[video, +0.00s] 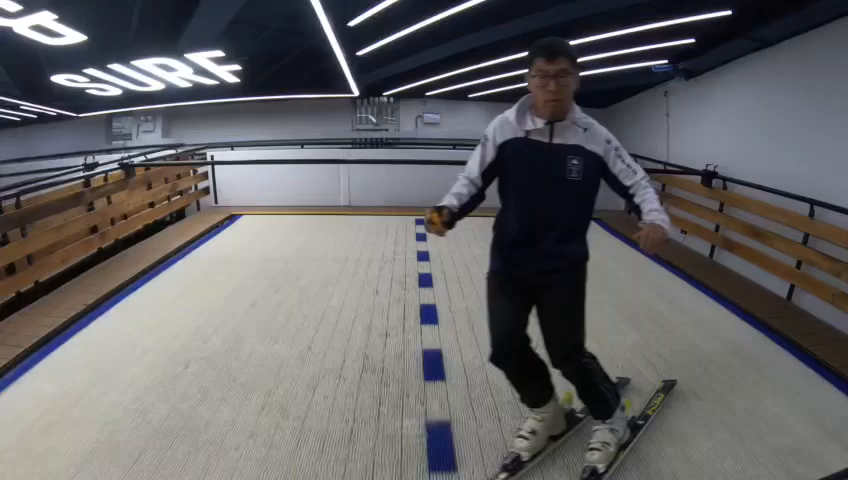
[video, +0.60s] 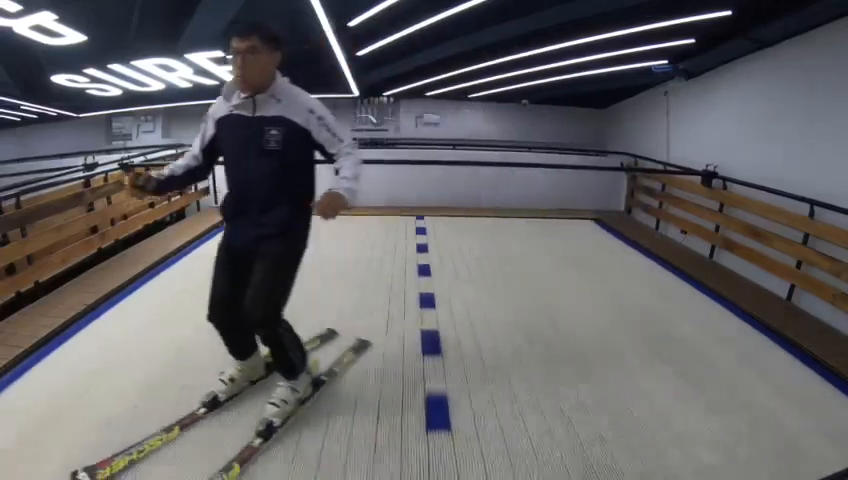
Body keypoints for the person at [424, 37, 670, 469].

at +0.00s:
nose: (552, 87)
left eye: (562, 78)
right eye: (542, 78)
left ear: (576, 82)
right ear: (529, 82)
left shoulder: (594, 136)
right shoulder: (504, 129)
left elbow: (635, 181)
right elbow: (472, 179)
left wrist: (655, 218)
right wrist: (447, 209)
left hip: (564, 262)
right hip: (510, 260)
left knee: (565, 353)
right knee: (505, 349)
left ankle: (611, 416)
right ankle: (548, 412)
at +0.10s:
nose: (503, 82)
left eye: (513, 72)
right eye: (495, 74)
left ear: (531, 77)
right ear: (485, 80)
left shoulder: (552, 133)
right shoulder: (463, 127)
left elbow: (598, 181)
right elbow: (434, 178)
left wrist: (608, 217)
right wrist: (405, 207)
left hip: (522, 261)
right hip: (468, 257)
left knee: (517, 354)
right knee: (455, 343)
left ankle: (570, 425)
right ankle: (497, 409)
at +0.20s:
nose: (451, 77)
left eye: (461, 67)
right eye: (443, 70)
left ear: (482, 72)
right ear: (434, 78)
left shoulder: (505, 129)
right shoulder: (419, 125)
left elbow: (551, 179)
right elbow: (389, 179)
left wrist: (552, 212)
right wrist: (353, 203)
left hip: (474, 255)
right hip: (423, 249)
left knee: (465, 351)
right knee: (401, 336)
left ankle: (518, 426)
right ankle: (442, 405)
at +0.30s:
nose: (396, 67)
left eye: (407, 57)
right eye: (389, 59)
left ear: (429, 63)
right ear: (382, 66)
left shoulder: (451, 119)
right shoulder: (367, 115)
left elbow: (497, 168)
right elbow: (339, 168)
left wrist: (496, 203)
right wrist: (303, 193)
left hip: (422, 246)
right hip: (373, 241)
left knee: (417, 342)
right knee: (351, 326)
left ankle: (467, 423)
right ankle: (391, 397)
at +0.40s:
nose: (341, 59)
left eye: (352, 49)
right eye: (335, 51)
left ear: (376, 56)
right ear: (329, 58)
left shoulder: (396, 110)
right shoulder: (313, 107)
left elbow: (441, 158)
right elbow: (287, 158)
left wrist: (443, 194)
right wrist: (249, 183)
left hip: (371, 233)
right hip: (323, 230)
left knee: (365, 328)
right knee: (306, 319)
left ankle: (417, 405)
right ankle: (344, 386)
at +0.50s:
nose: (288, 59)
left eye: (299, 48)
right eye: (282, 50)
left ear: (323, 53)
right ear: (276, 56)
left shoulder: (346, 105)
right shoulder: (266, 104)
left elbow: (393, 153)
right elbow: (240, 157)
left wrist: (391, 190)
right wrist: (201, 179)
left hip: (325, 225)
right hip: (278, 223)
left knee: (309, 316)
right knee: (264, 311)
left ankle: (357, 389)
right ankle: (298, 374)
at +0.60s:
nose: (240, 63)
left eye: (251, 53)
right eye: (234, 55)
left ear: (275, 57)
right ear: (229, 59)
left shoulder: (299, 105)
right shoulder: (221, 110)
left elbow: (348, 153)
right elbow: (199, 161)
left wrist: (342, 191)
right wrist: (159, 182)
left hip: (285, 226)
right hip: (239, 226)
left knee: (261, 310)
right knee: (223, 310)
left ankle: (296, 376)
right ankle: (250, 363)